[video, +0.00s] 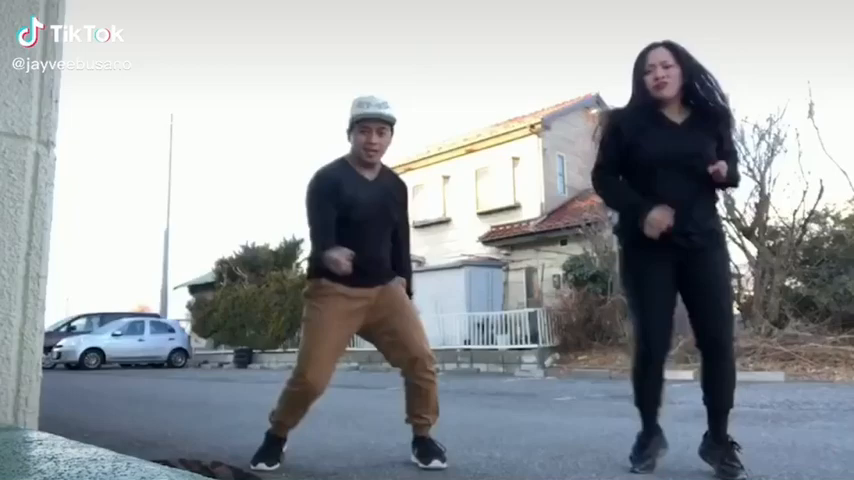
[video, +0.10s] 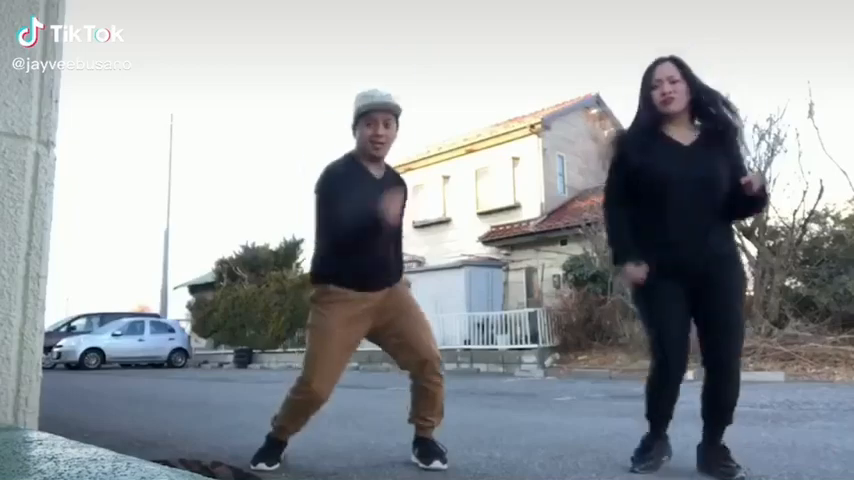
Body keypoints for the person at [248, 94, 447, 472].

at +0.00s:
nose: (373, 139)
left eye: (381, 132)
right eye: (365, 131)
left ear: (390, 138)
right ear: (350, 134)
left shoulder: (395, 186)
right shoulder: (327, 181)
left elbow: (401, 244)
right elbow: (321, 237)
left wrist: (405, 289)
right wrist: (329, 253)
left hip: (386, 293)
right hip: (334, 293)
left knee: (421, 358)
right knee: (310, 381)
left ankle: (424, 439)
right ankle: (275, 438)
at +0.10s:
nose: (379, 132)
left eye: (387, 125)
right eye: (370, 124)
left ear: (396, 132)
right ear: (356, 129)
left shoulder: (395, 182)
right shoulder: (336, 176)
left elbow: (391, 239)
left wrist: (396, 283)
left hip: (390, 295)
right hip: (340, 298)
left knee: (429, 362)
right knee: (315, 388)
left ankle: (425, 440)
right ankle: (276, 441)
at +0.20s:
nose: (384, 101)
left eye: (392, 94)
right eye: (376, 93)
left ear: (401, 101)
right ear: (361, 98)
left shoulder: (403, 154)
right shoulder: (340, 136)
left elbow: (386, 210)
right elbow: (316, 181)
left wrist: (394, 257)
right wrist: (374, 172)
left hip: (393, 268)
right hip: (344, 265)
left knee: (423, 355)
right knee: (324, 365)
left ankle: (420, 434)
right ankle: (279, 431)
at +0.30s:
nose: (386, 80)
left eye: (395, 73)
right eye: (377, 72)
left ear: (405, 79)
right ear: (362, 77)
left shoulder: (408, 134)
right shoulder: (343, 112)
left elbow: (391, 186)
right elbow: (324, 165)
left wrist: (391, 229)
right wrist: (374, 199)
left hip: (388, 240)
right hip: (344, 235)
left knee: (417, 331)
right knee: (353, 331)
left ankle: (390, 423)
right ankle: (309, 398)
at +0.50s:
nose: (397, 99)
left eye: (405, 90)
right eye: (386, 90)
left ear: (414, 95)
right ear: (369, 96)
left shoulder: (408, 154)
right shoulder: (354, 143)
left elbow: (394, 207)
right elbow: (343, 211)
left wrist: (405, 241)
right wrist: (381, 253)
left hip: (384, 256)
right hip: (339, 249)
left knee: (410, 353)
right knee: (382, 312)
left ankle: (366, 447)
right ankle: (345, 439)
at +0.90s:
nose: (395, 108)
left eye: (406, 96)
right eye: (381, 97)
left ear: (420, 102)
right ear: (361, 104)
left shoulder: (431, 169)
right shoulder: (336, 158)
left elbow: (431, 246)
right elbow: (316, 253)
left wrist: (402, 259)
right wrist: (375, 292)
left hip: (381, 300)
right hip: (315, 288)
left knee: (430, 415)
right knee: (361, 335)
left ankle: (372, 440)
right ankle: (344, 470)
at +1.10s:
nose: (370, 116)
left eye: (384, 101)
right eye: (354, 102)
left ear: (403, 110)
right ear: (334, 111)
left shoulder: (433, 174)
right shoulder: (298, 180)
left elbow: (438, 271)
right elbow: (289, 285)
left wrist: (374, 271)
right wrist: (365, 294)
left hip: (395, 323)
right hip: (308, 318)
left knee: (422, 469)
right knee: (359, 339)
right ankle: (345, 474)